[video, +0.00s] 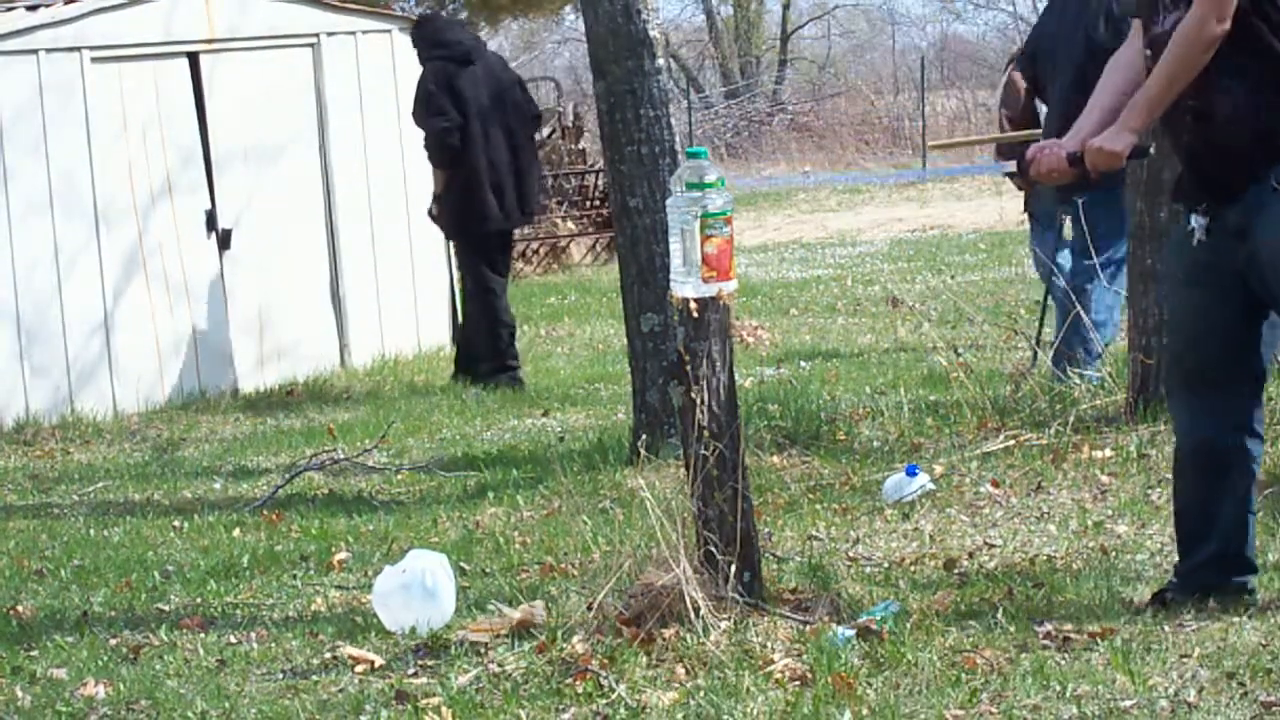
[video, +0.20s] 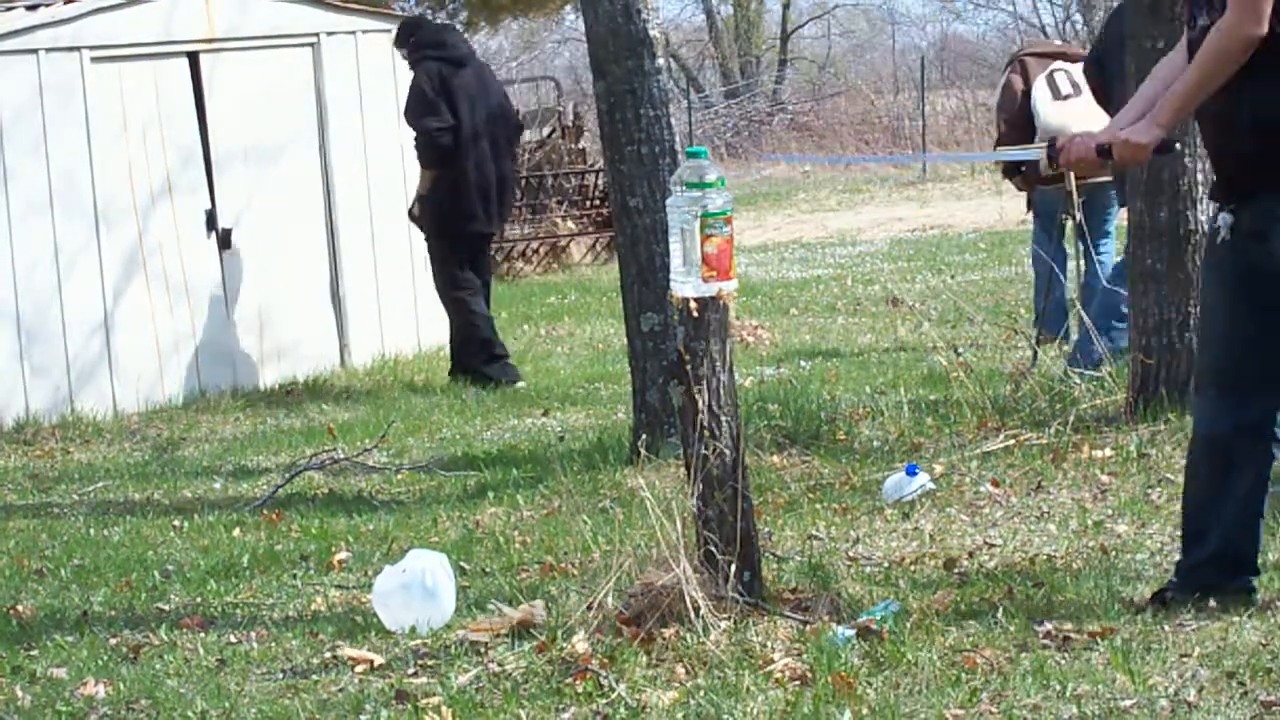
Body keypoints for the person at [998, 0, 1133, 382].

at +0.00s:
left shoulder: (1057, 10)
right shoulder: (1131, 11)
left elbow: (1018, 77)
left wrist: (1018, 144)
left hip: (1049, 152)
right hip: (1107, 151)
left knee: (1048, 251)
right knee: (1104, 263)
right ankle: (1075, 371)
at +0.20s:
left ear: (1033, 37)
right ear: (1070, 36)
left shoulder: (1022, 66)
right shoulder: (1094, 62)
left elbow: (1011, 121)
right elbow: (1115, 109)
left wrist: (1015, 169)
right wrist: (1117, 158)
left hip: (1047, 175)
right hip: (1099, 171)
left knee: (1048, 246)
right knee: (1101, 247)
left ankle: (1051, 326)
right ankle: (1101, 328)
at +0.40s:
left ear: (1028, 49)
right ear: (1067, 45)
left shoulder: (1015, 72)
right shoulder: (1094, 66)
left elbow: (1004, 128)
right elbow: (1123, 113)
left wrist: (1008, 177)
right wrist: (1127, 159)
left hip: (1046, 172)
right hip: (1103, 165)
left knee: (1048, 252)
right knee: (1097, 247)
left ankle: (1050, 332)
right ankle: (1095, 332)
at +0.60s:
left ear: (1015, 61)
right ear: (1053, 54)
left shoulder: (1004, 79)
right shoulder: (1088, 70)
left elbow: (993, 138)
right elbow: (1122, 112)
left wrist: (1004, 184)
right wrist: (1113, 157)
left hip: (1040, 166)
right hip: (1095, 161)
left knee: (1043, 247)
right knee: (1094, 241)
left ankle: (1055, 332)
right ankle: (1096, 326)